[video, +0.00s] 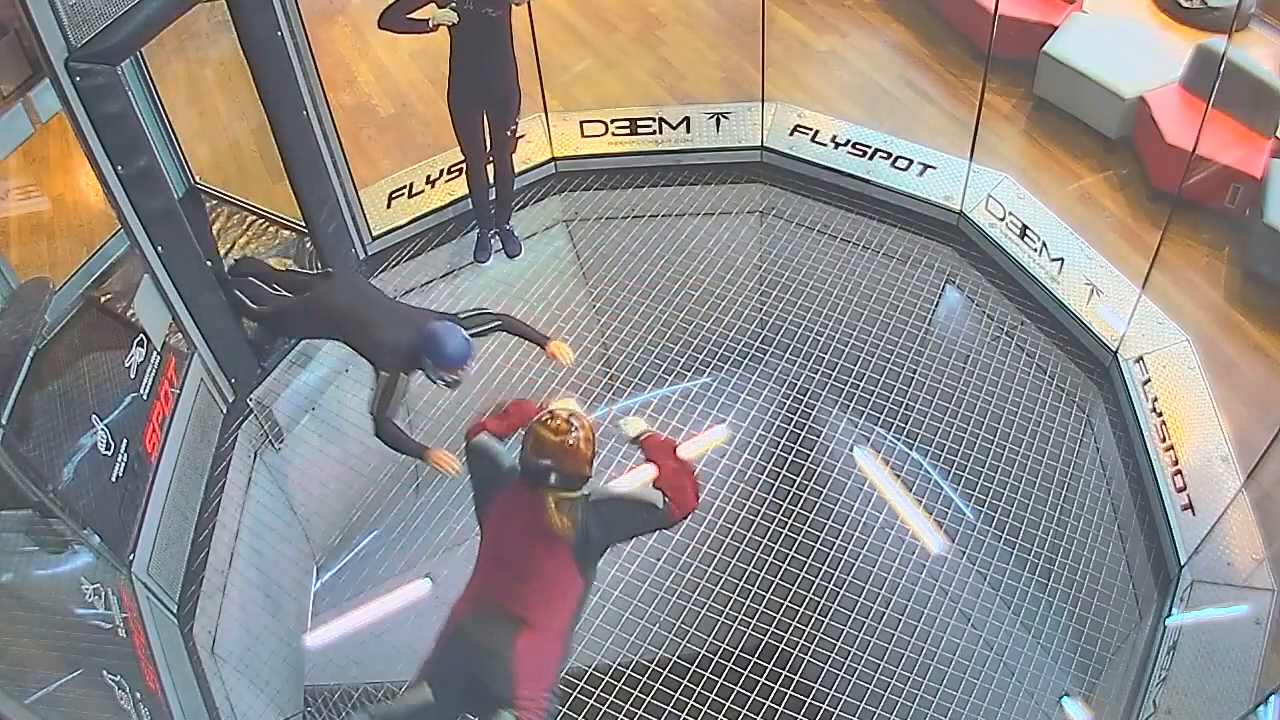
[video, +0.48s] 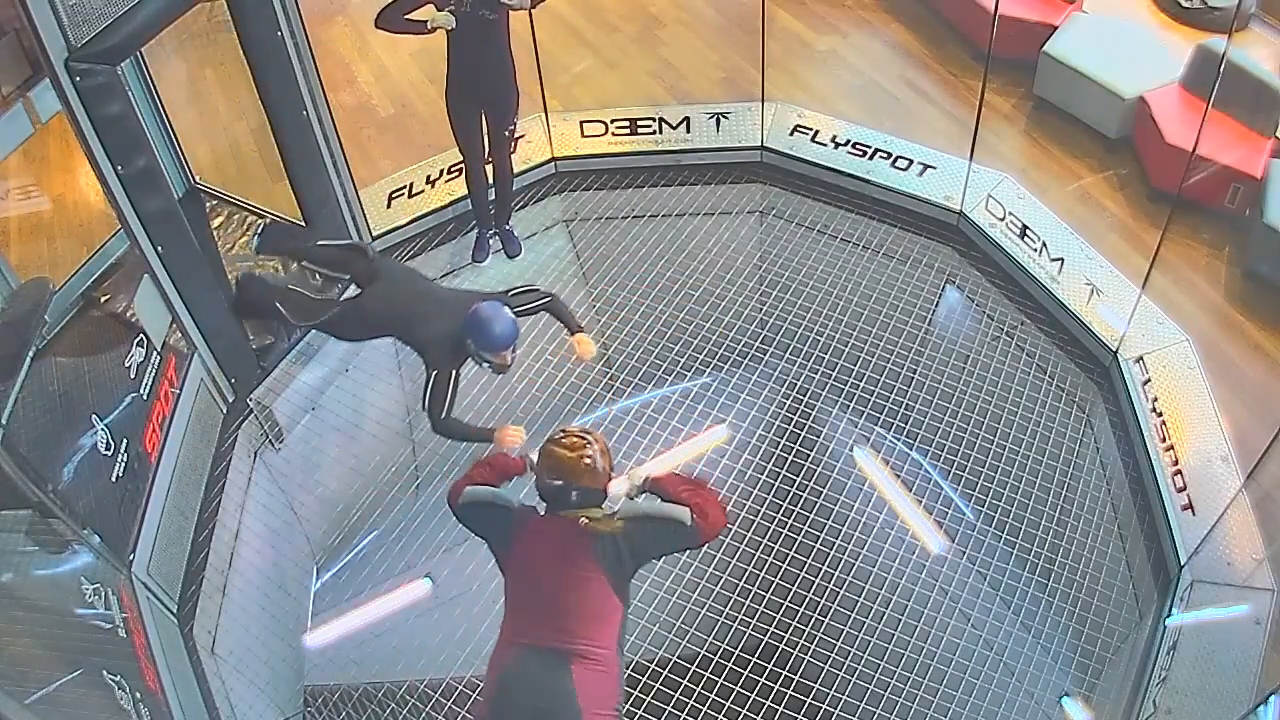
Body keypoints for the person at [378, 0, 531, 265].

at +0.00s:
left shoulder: (508, 2)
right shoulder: (441, 1)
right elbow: (387, 19)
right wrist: (429, 24)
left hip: (503, 82)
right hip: (464, 86)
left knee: (503, 155)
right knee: (475, 159)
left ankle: (504, 225)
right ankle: (484, 229)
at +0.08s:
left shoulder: (507, 1)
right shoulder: (439, 2)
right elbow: (387, 20)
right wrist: (428, 25)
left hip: (502, 81)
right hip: (463, 85)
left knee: (503, 155)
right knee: (475, 160)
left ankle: (504, 225)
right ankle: (484, 229)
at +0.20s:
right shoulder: (439, 1)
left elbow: (520, 4)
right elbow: (384, 18)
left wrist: (524, 1)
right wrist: (426, 26)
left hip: (502, 81)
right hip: (462, 85)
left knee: (503, 156)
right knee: (474, 161)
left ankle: (504, 225)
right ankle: (484, 230)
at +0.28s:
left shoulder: (503, 1)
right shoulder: (439, 1)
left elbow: (522, 4)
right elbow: (383, 17)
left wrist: (523, 2)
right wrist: (425, 27)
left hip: (502, 81)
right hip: (462, 85)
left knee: (502, 155)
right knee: (474, 160)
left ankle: (504, 224)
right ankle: (484, 229)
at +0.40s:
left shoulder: (503, 0)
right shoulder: (438, 1)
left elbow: (535, 1)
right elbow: (383, 17)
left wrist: (526, 4)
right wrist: (425, 26)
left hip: (501, 82)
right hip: (461, 86)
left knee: (502, 156)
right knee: (473, 161)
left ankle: (504, 225)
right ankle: (484, 230)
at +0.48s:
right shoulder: (438, 1)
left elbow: (534, 2)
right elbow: (384, 19)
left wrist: (525, 4)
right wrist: (427, 26)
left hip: (501, 83)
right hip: (461, 87)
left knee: (502, 156)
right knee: (473, 161)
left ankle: (503, 225)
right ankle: (483, 229)